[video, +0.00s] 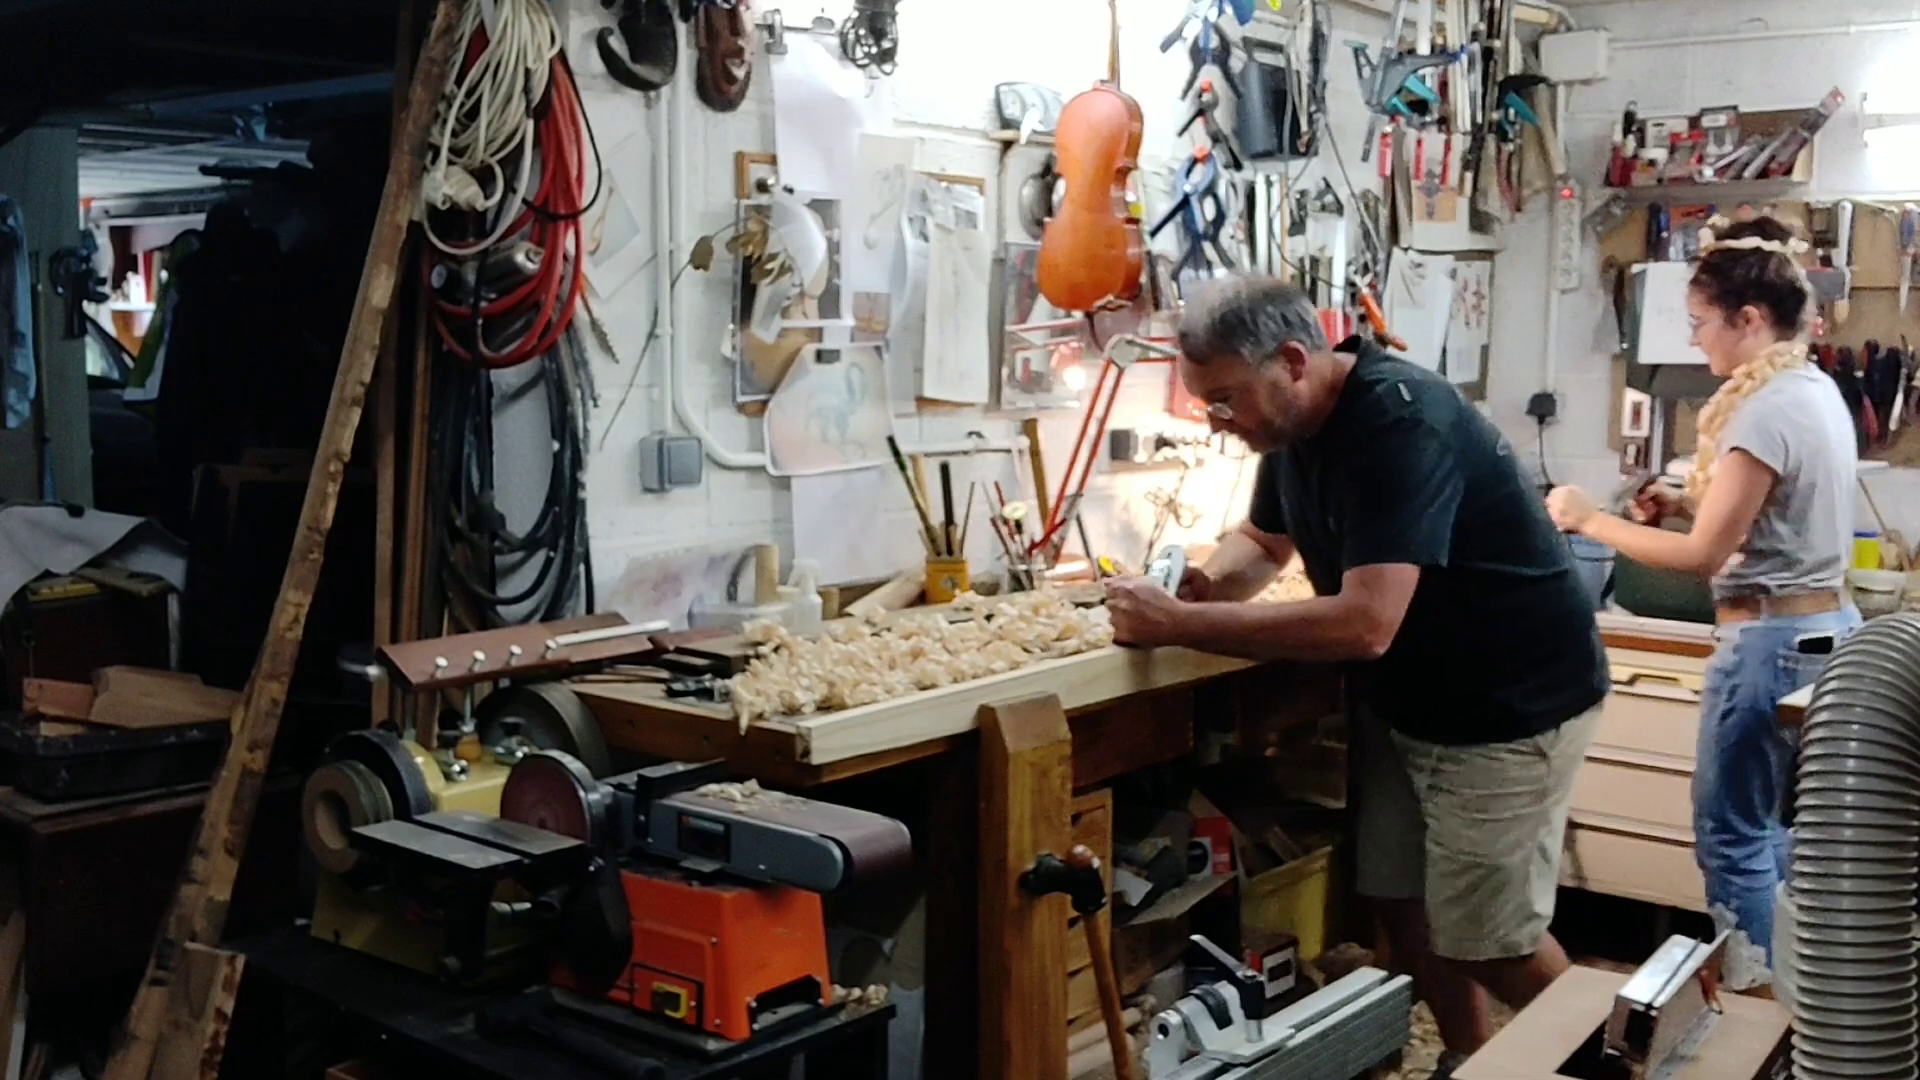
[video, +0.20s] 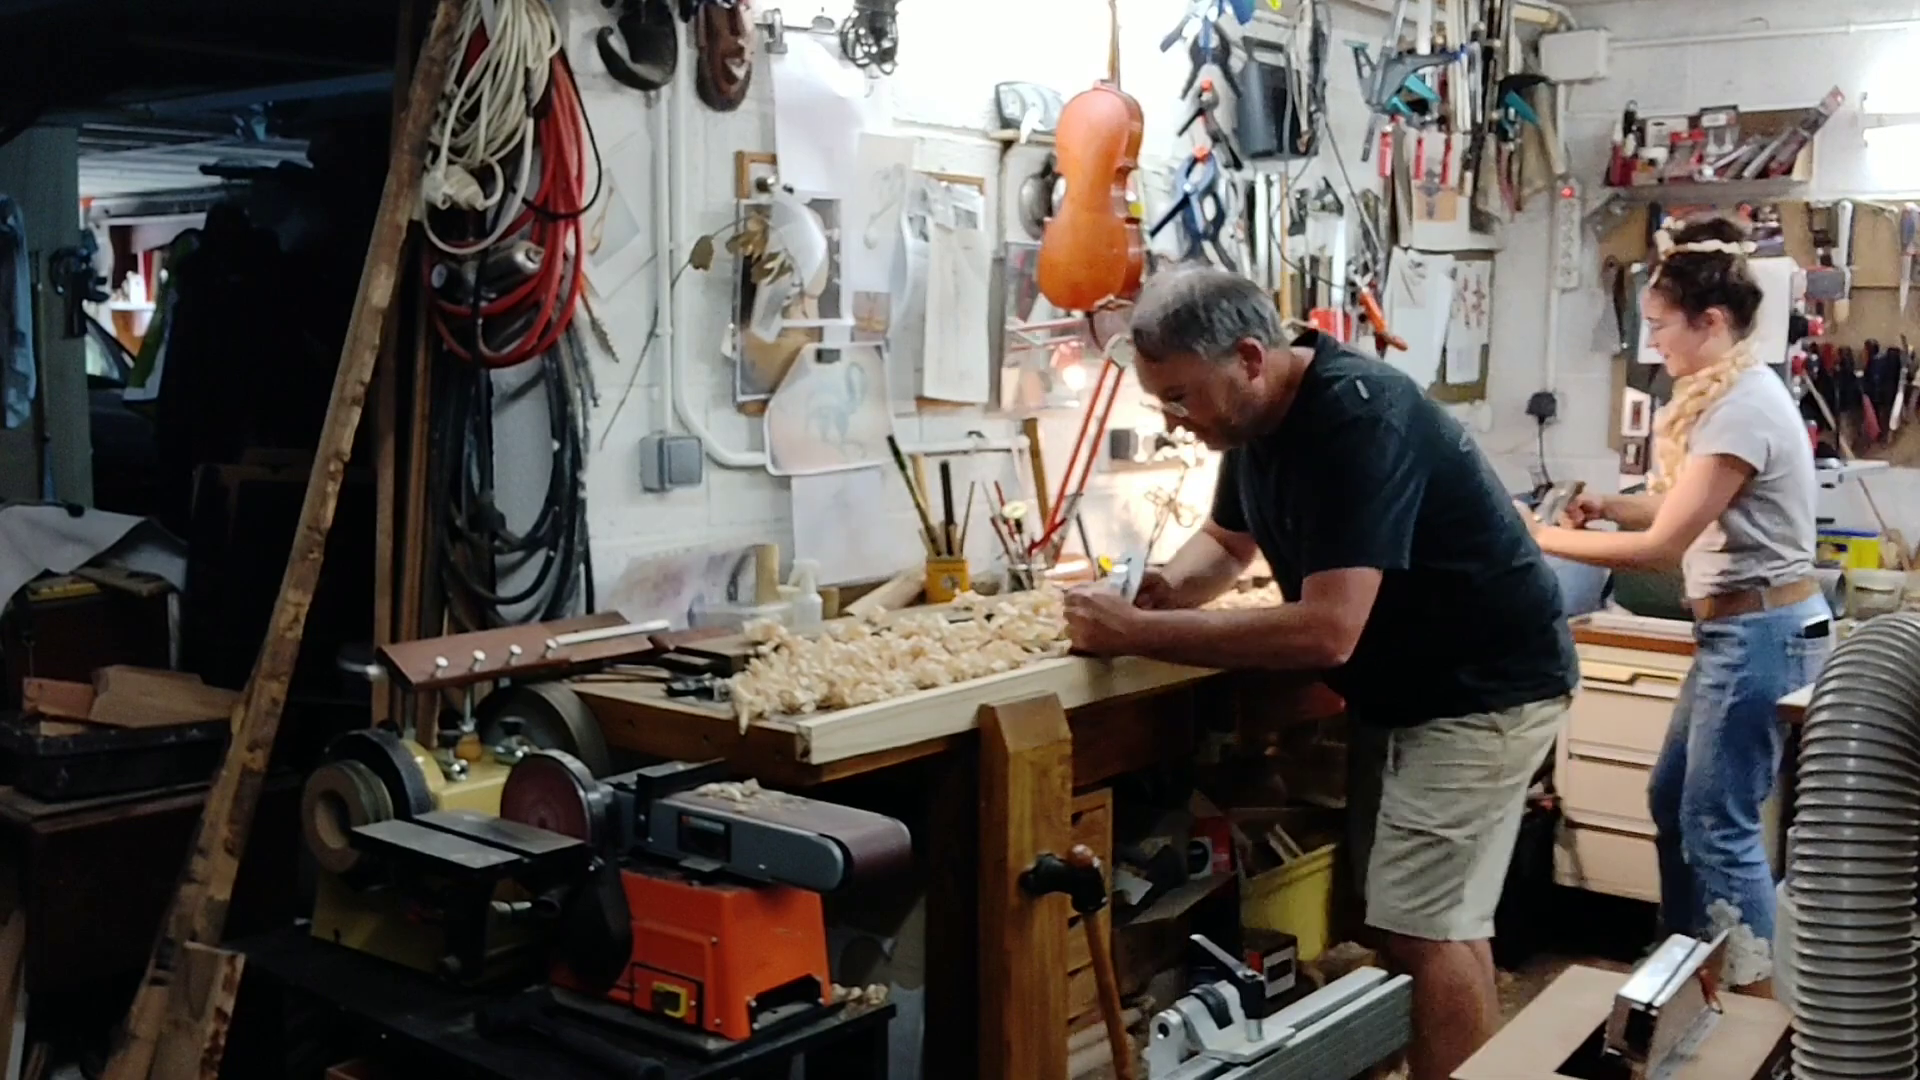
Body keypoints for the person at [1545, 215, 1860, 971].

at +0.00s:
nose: (1694, 341)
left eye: (1699, 323)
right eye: (1692, 324)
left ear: (1750, 319)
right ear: (1763, 317)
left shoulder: (1764, 411)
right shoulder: (1816, 392)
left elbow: (1700, 554)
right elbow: (1778, 507)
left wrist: (1590, 520)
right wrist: (1684, 504)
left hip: (1770, 638)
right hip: (1825, 625)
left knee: (1730, 831)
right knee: (1791, 818)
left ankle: (1750, 997)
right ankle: (1807, 978)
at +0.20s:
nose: (1650, 342)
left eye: (1658, 326)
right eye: (1648, 327)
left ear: (1711, 322)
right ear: (1709, 321)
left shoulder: (1746, 404)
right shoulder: (1718, 398)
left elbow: (1659, 548)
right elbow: (1681, 507)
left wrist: (1540, 538)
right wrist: (1608, 509)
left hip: (1763, 636)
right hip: (1732, 631)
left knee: (1716, 821)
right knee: (1671, 800)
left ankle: (1756, 995)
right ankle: (1694, 963)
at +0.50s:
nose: (1600, 345)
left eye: (1610, 328)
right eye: (1594, 330)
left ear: (1666, 321)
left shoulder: (1700, 409)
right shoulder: (1638, 406)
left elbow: (1646, 548)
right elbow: (1631, 510)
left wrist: (1523, 550)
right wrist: (1561, 510)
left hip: (1712, 628)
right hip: (1656, 625)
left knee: (1685, 818)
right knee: (1635, 805)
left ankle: (1749, 982)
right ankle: (1672, 963)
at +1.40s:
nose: (1537, 384)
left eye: (1550, 368)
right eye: (1528, 368)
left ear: (1603, 355)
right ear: (1521, 351)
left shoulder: (1646, 432)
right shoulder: (1561, 419)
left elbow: (1593, 569)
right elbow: (1516, 498)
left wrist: (1473, 559)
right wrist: (1464, 522)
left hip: (1680, 648)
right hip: (1612, 646)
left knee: (1618, 828)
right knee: (1629, 827)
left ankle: (1661, 995)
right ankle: (1689, 975)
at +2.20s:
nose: (1497, 396)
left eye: (1509, 382)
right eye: (1492, 381)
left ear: (1548, 379)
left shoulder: (1596, 453)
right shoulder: (1508, 453)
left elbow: (1536, 563)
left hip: (1646, 693)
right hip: (1559, 687)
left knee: (1612, 883)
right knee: (1533, 869)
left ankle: (1679, 1015)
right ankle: (1607, 1002)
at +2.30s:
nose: (1475, 383)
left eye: (1489, 362)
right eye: (1472, 365)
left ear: (1523, 363)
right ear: (1476, 377)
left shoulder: (1574, 450)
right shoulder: (1493, 455)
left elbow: (1588, 585)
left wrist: (1482, 580)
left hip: (1628, 686)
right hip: (1536, 681)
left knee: (1626, 881)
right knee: (1507, 859)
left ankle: (1687, 1015)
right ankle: (1540, 1024)